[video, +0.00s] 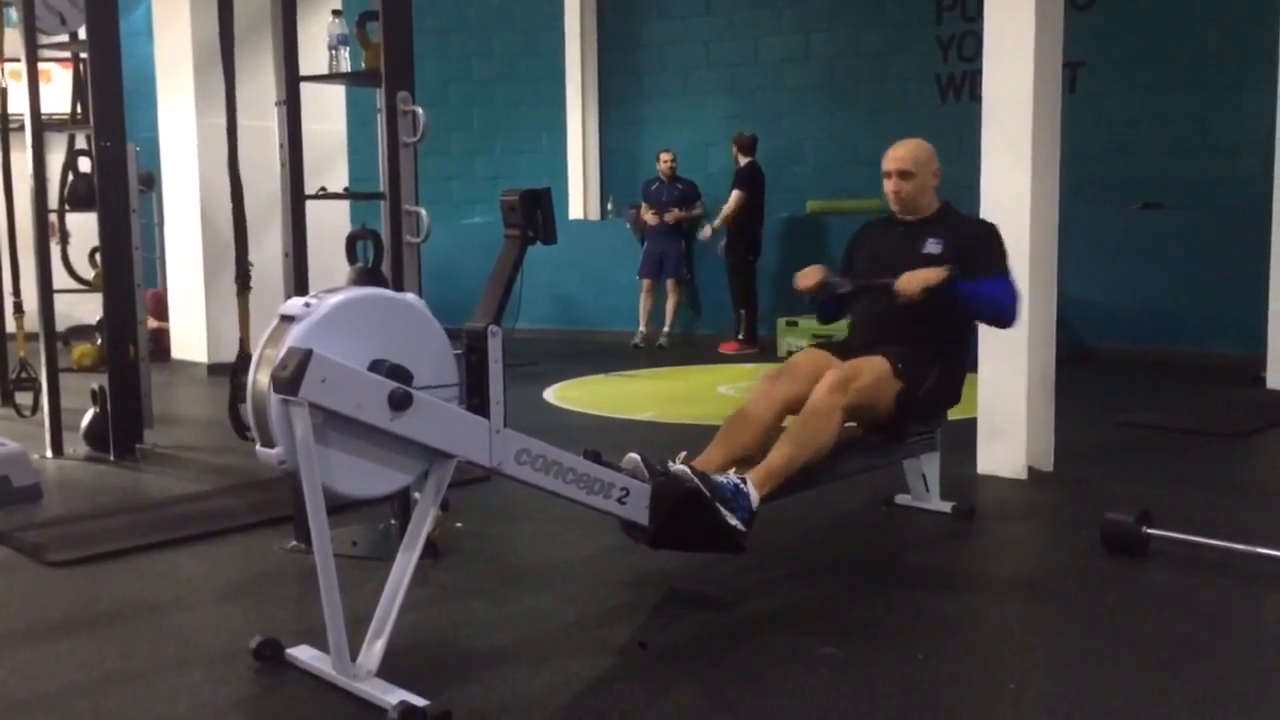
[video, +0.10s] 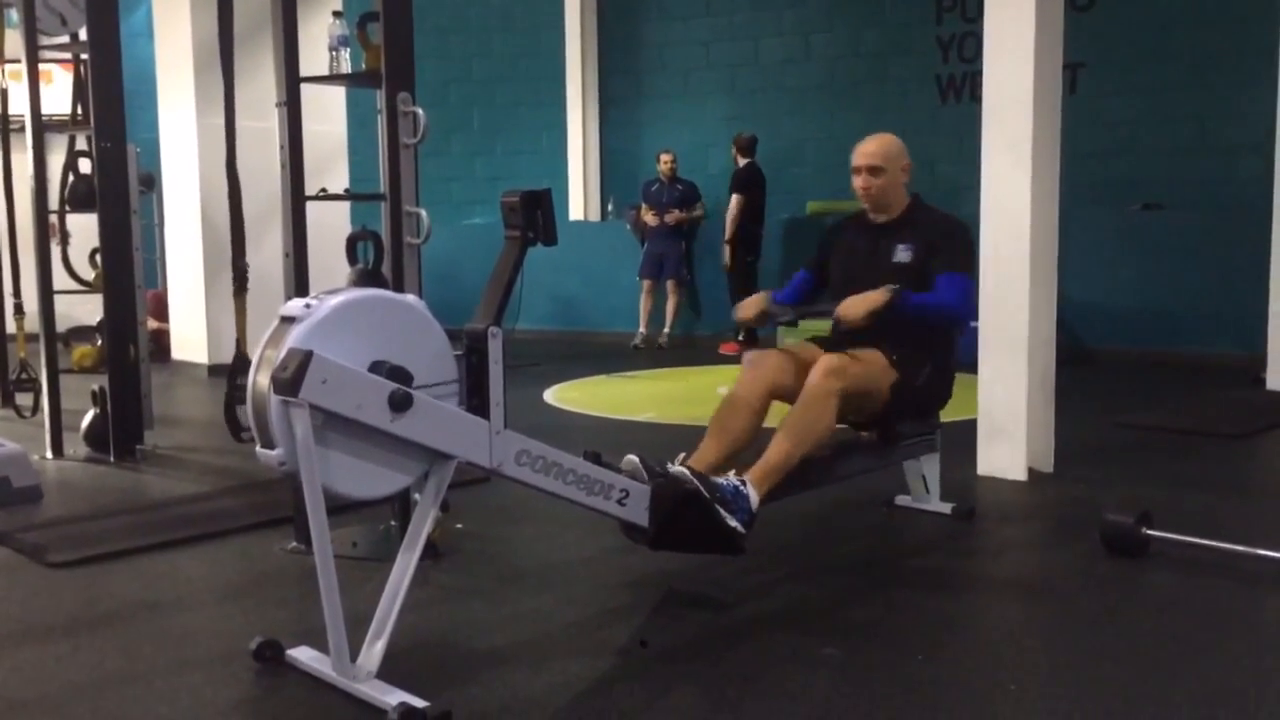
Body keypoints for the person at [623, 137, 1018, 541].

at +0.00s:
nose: (893, 187)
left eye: (904, 177)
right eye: (887, 177)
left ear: (934, 178)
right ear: (882, 179)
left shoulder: (972, 234)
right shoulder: (871, 234)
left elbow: (1004, 309)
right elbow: (832, 310)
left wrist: (946, 281)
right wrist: (822, 287)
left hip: (922, 360)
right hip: (858, 351)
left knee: (834, 384)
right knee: (783, 378)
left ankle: (748, 493)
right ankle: (693, 476)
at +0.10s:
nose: (862, 182)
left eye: (874, 173)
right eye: (856, 173)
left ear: (905, 174)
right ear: (851, 176)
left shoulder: (943, 231)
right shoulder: (843, 233)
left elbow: (955, 305)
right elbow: (809, 286)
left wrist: (888, 296)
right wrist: (771, 301)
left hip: (913, 363)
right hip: (845, 355)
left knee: (828, 373)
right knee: (760, 364)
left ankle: (748, 493)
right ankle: (686, 476)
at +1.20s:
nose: (931, 218)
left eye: (943, 210)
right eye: (926, 209)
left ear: (970, 215)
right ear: (920, 213)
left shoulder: (999, 273)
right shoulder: (902, 267)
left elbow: (1037, 338)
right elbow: (854, 342)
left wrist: (986, 292)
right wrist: (848, 310)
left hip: (926, 374)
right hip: (866, 363)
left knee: (836, 419)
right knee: (791, 408)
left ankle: (746, 505)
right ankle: (687, 487)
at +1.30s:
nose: (920, 216)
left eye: (933, 206)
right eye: (915, 206)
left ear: (961, 209)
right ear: (910, 208)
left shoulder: (995, 267)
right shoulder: (896, 263)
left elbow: (1032, 337)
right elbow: (849, 344)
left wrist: (986, 289)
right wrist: (848, 304)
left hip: (929, 378)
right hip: (867, 367)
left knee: (839, 406)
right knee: (796, 397)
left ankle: (747, 505)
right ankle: (688, 489)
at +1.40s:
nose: (900, 205)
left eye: (911, 194)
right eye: (894, 195)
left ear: (940, 194)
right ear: (889, 196)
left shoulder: (976, 256)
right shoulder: (874, 256)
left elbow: (997, 325)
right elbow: (835, 322)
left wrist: (937, 302)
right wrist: (813, 310)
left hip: (926, 378)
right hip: (861, 368)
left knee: (835, 399)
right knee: (789, 391)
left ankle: (747, 507)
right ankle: (694, 490)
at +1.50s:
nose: (864, 197)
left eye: (876, 187)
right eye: (858, 188)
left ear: (907, 188)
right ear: (852, 192)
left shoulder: (943, 248)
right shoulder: (842, 251)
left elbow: (946, 321)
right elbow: (802, 307)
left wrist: (879, 318)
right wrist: (764, 319)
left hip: (915, 379)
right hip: (845, 371)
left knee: (828, 388)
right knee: (760, 380)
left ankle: (746, 509)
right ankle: (687, 493)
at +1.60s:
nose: (823, 203)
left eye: (836, 191)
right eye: (817, 192)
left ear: (868, 191)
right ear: (811, 195)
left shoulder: (902, 251)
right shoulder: (806, 254)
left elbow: (894, 320)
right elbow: (758, 306)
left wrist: (818, 348)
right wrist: (706, 337)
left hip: (899, 391)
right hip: (826, 388)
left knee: (817, 381)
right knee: (732, 383)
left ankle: (744, 509)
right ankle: (682, 492)